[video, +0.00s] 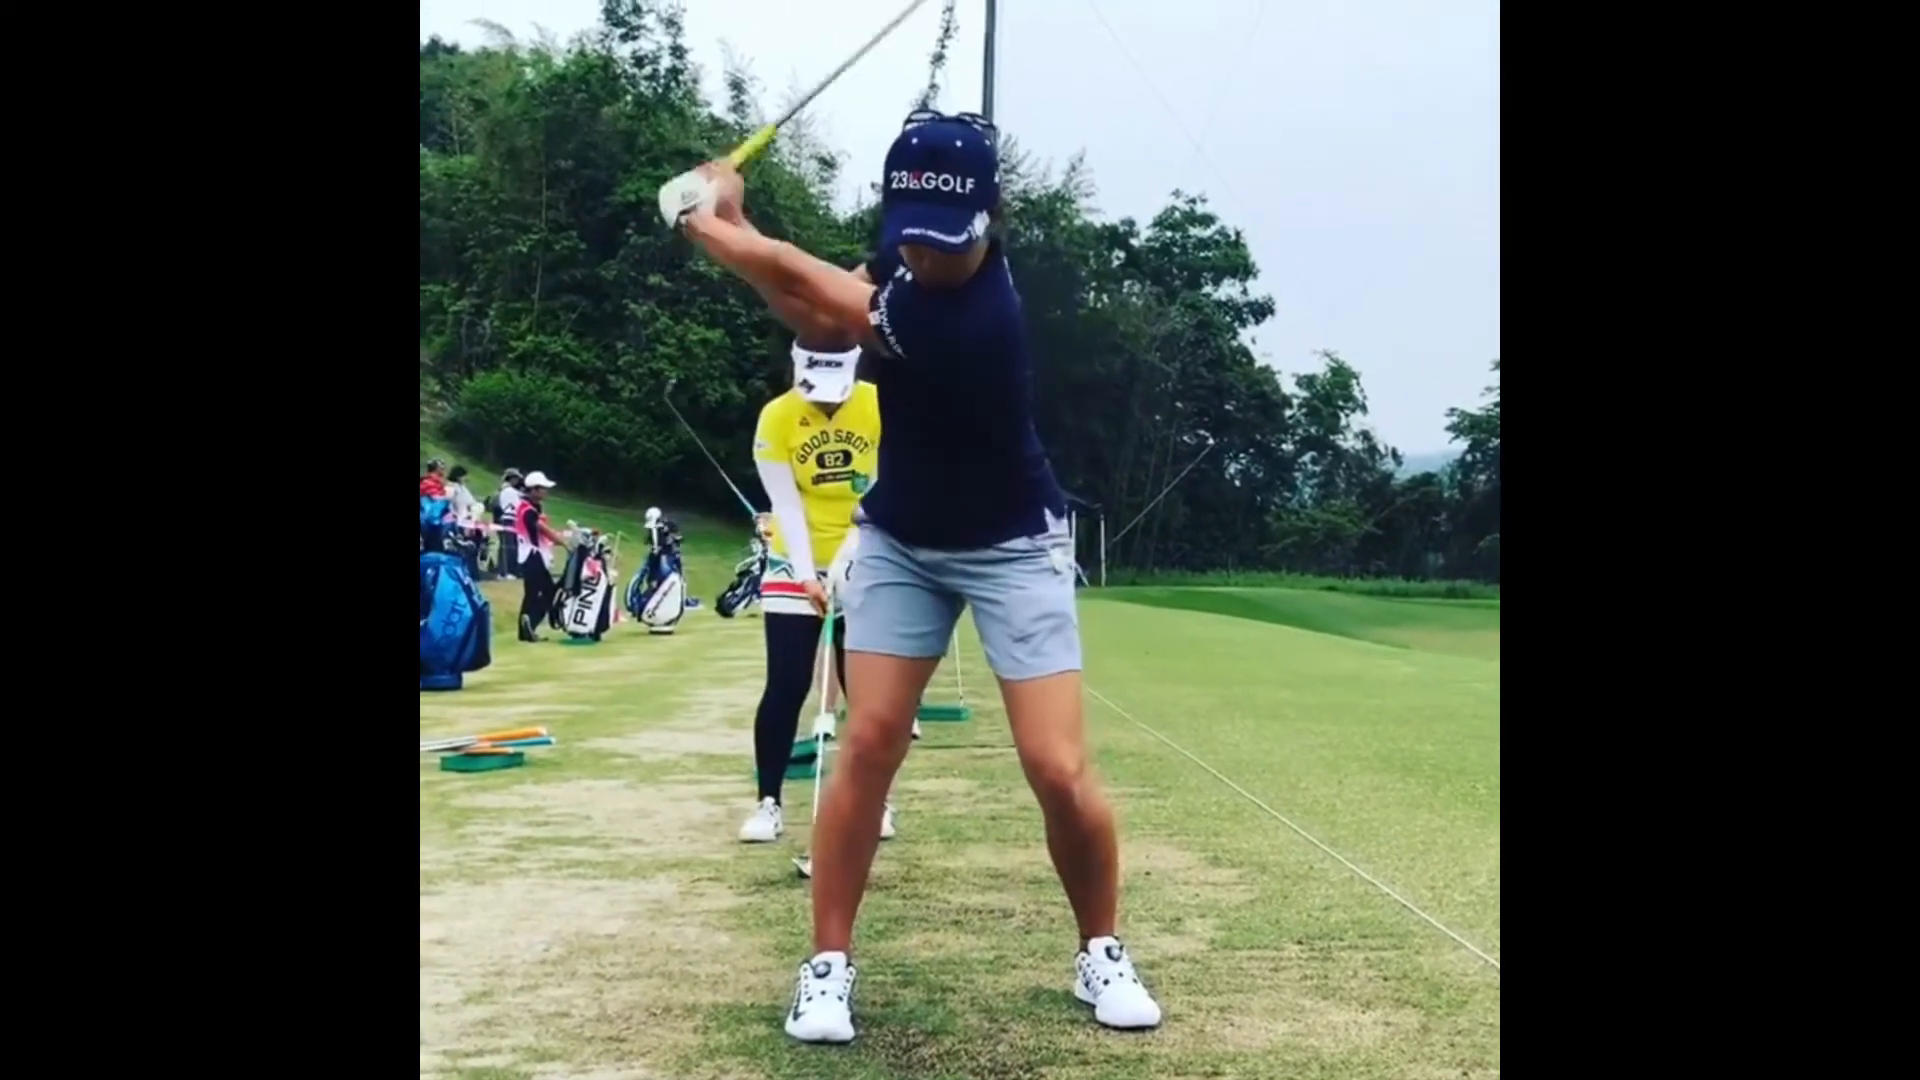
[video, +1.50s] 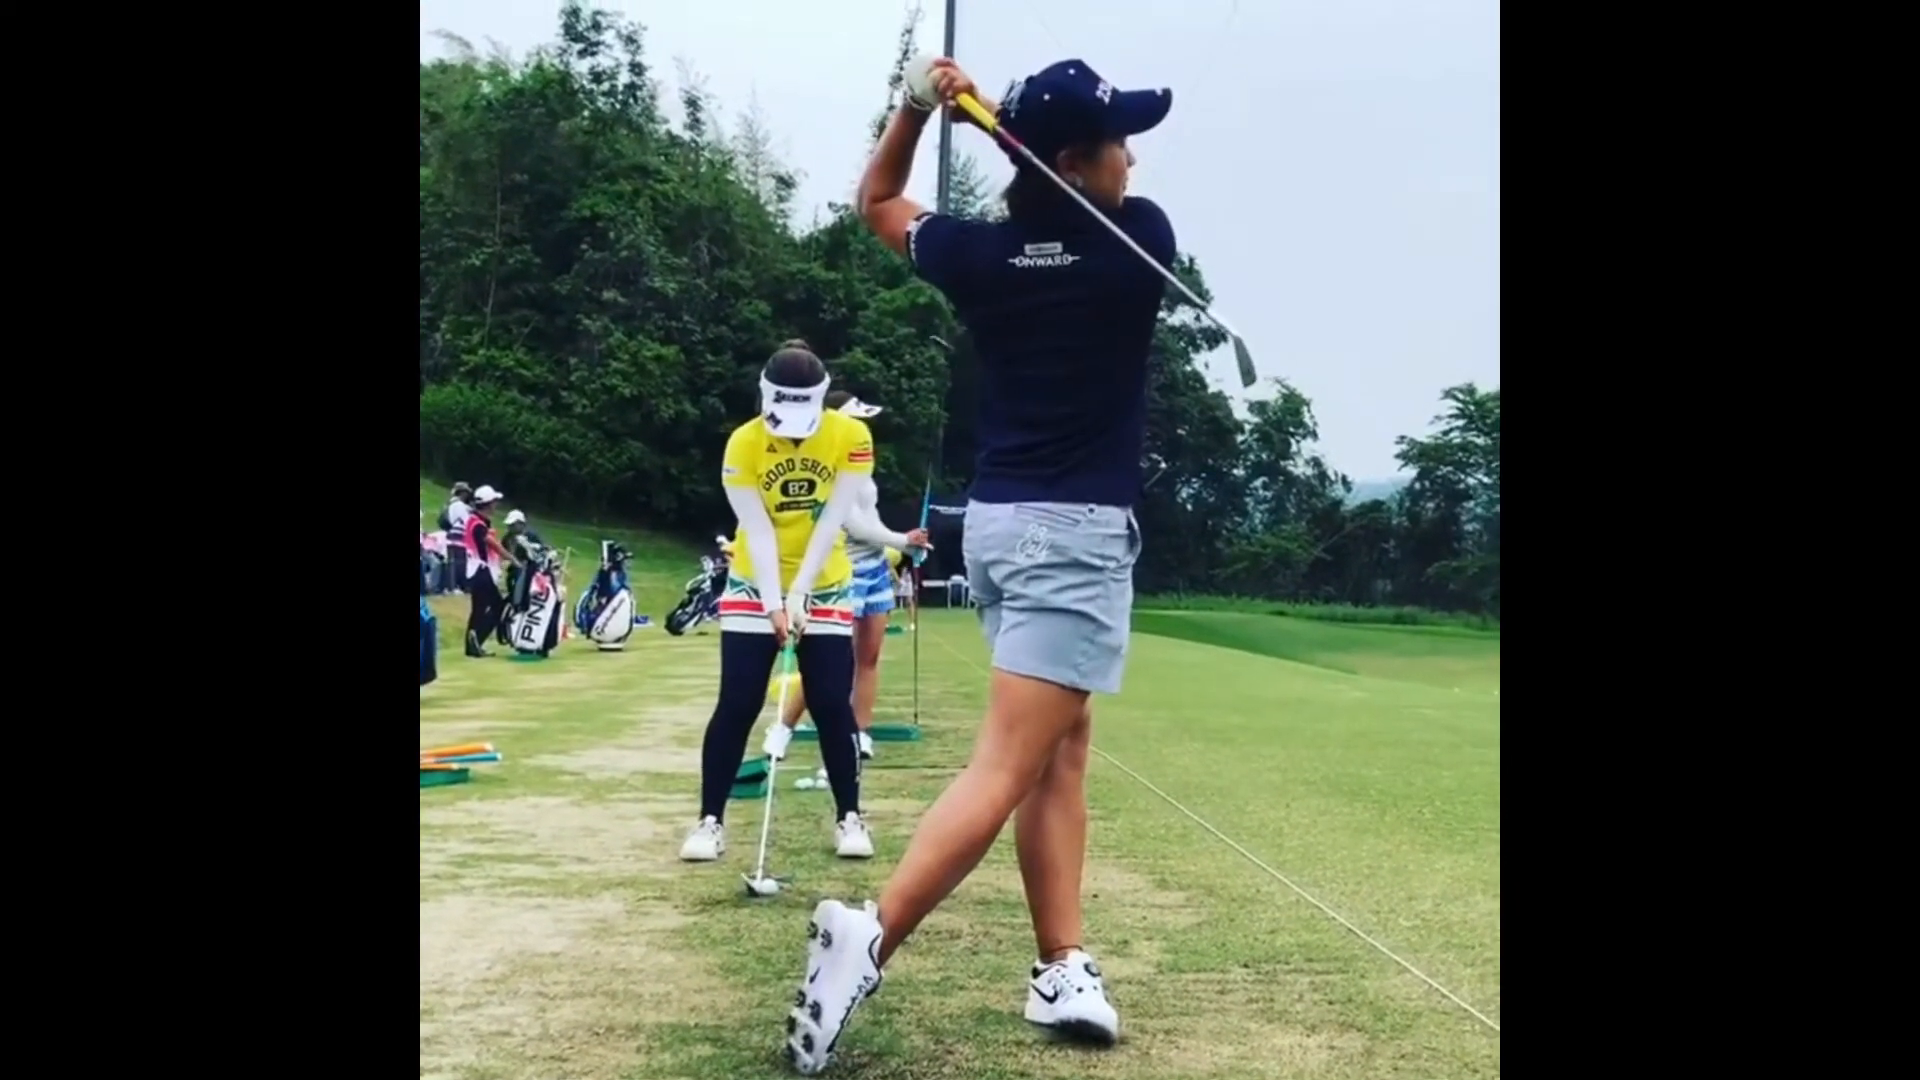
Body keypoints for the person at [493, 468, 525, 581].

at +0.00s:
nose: (519, 483)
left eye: (519, 481)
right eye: (517, 481)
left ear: (507, 480)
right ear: (513, 480)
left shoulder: (503, 492)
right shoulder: (513, 492)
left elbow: (498, 507)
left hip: (504, 519)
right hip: (511, 520)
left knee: (504, 545)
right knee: (511, 546)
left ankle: (503, 569)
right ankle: (509, 570)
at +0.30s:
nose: (509, 486)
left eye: (509, 484)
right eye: (507, 484)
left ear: (497, 484)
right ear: (504, 484)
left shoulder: (492, 496)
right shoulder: (506, 496)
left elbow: (487, 509)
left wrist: (488, 520)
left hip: (494, 523)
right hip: (503, 524)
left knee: (496, 549)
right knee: (502, 550)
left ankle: (494, 574)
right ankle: (501, 574)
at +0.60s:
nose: (492, 488)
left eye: (492, 485)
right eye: (491, 485)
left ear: (480, 485)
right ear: (487, 485)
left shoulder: (475, 497)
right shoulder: (489, 498)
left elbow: (468, 512)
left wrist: (474, 520)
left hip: (476, 527)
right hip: (485, 528)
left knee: (475, 553)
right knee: (484, 553)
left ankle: (475, 577)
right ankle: (483, 577)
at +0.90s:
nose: (478, 490)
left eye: (478, 488)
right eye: (477, 488)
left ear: (466, 487)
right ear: (474, 487)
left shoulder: (461, 499)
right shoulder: (477, 501)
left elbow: (454, 515)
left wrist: (461, 523)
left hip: (461, 530)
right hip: (472, 531)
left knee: (460, 556)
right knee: (471, 556)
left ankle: (460, 579)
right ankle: (470, 579)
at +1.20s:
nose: (469, 493)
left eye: (469, 490)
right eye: (468, 490)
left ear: (458, 490)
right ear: (465, 490)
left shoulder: (453, 502)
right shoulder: (468, 504)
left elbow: (445, 516)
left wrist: (452, 525)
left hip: (453, 533)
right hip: (463, 534)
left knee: (453, 559)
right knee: (462, 558)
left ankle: (452, 581)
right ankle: (462, 581)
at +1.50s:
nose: (467, 496)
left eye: (467, 494)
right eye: (466, 494)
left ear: (455, 493)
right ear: (463, 494)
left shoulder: (450, 506)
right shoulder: (464, 507)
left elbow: (443, 521)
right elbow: (468, 521)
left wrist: (450, 529)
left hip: (451, 537)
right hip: (460, 538)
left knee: (451, 562)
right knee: (460, 562)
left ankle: (450, 586)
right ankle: (459, 586)